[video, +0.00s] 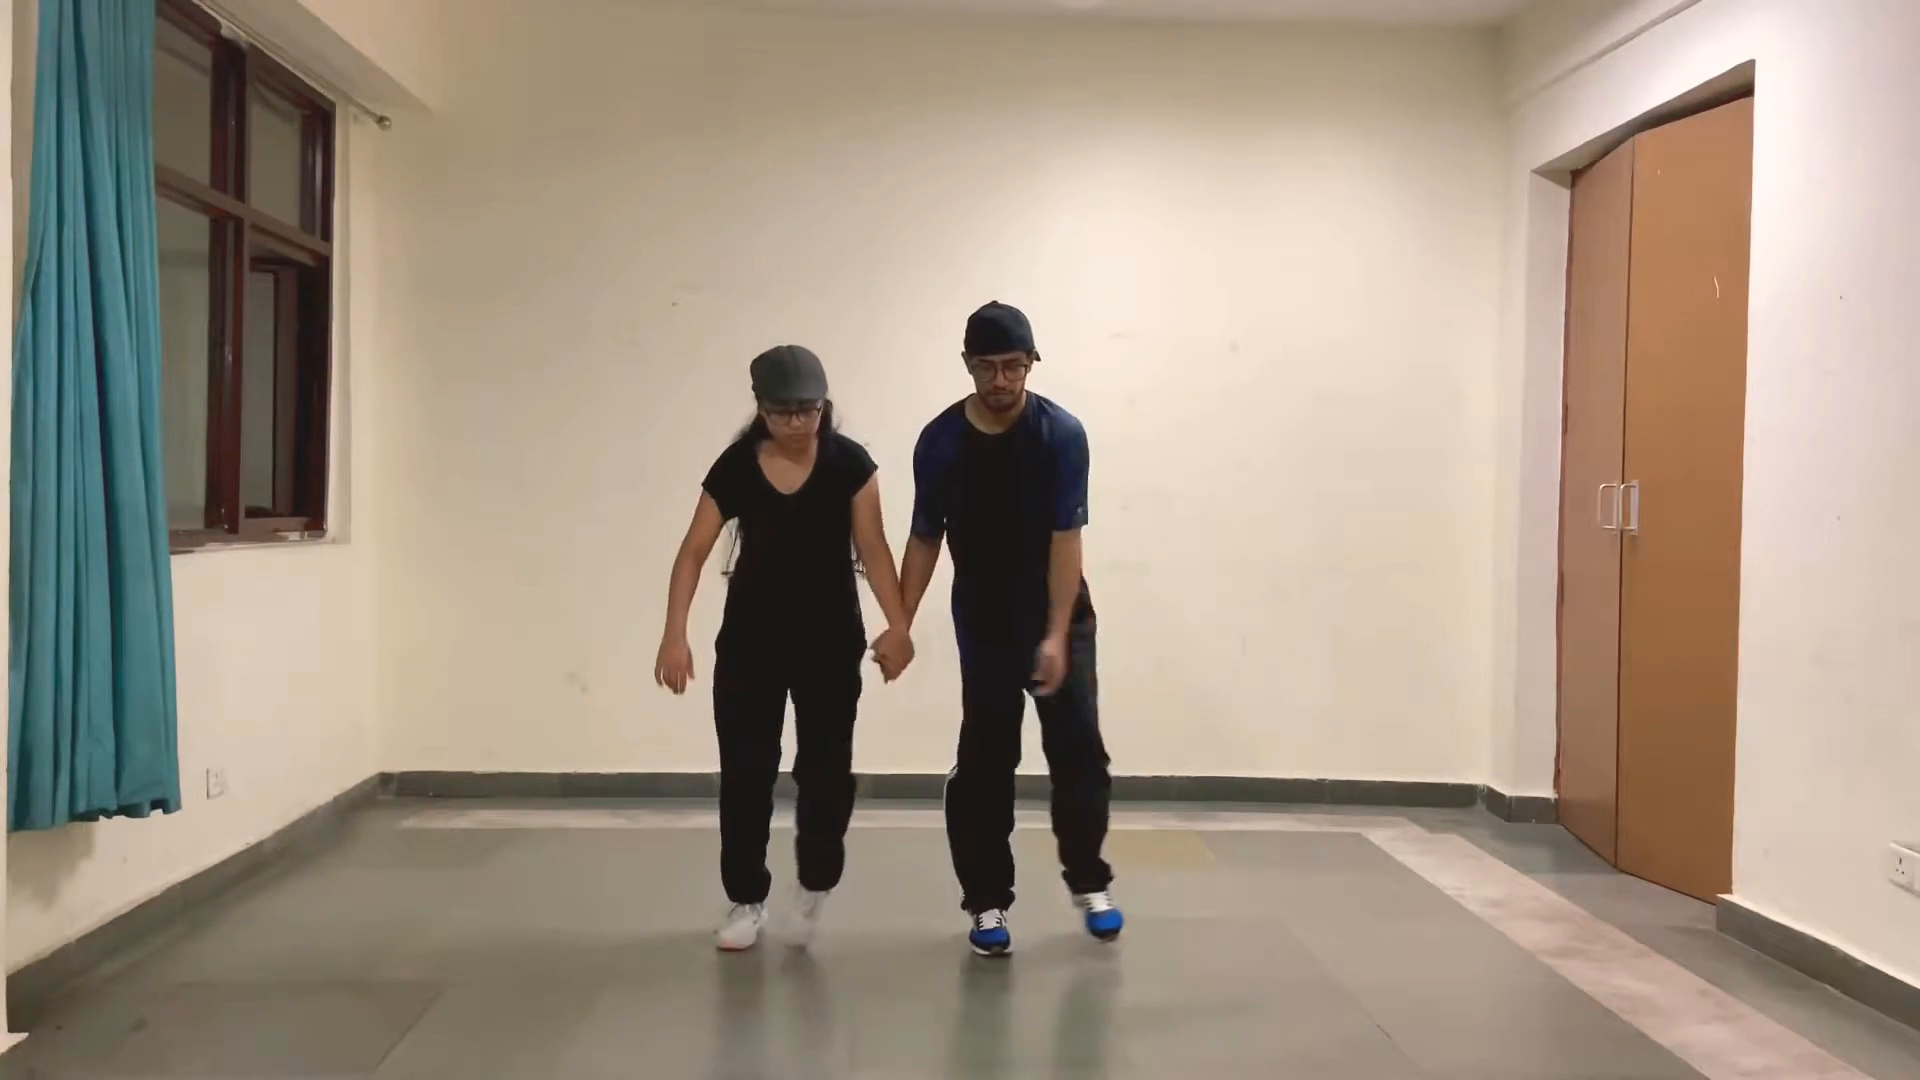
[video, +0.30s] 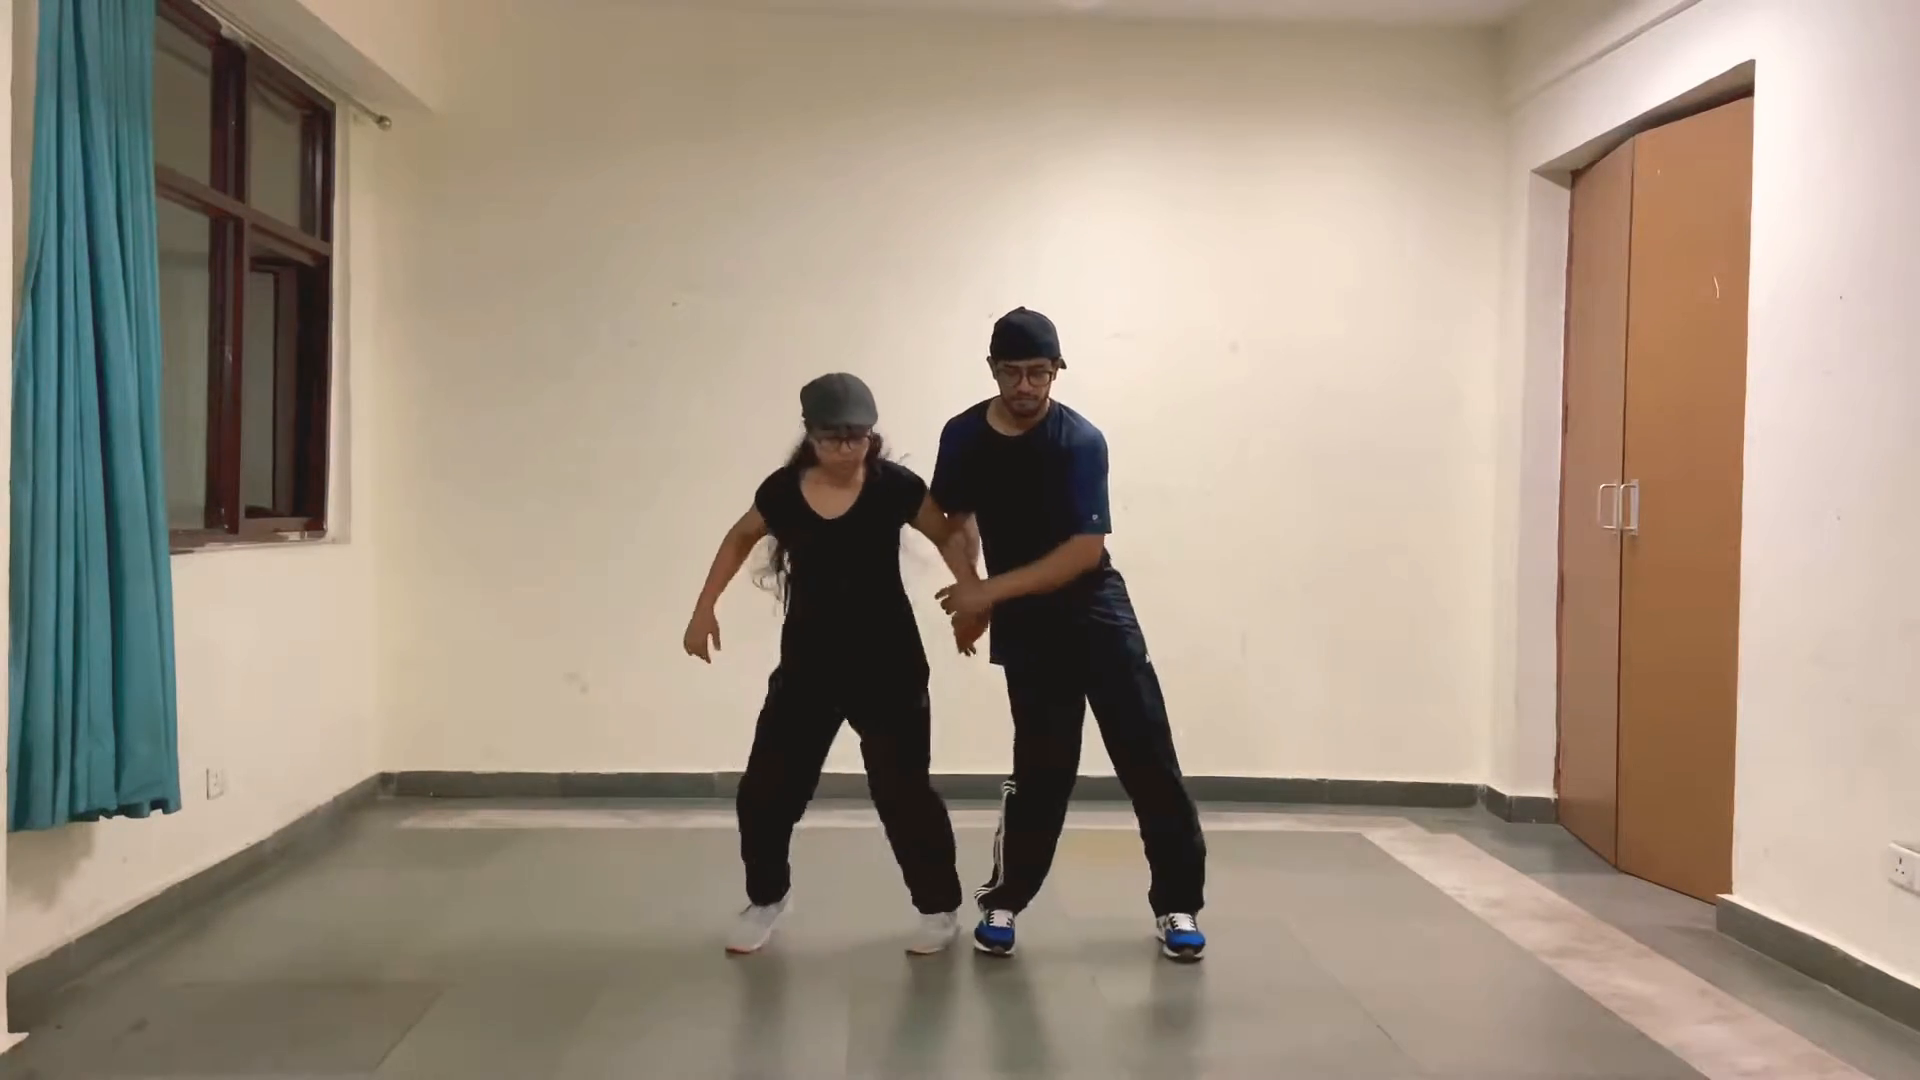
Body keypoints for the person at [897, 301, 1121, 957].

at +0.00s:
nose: (1001, 379)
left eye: (1013, 366)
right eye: (987, 366)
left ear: (1031, 364)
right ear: (969, 368)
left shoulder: (1061, 435)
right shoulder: (940, 442)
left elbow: (1066, 543)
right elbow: (923, 539)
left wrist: (1058, 633)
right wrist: (899, 626)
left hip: (1059, 611)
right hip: (985, 617)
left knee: (1078, 748)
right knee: (987, 756)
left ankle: (1089, 879)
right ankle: (987, 901)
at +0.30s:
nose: (1025, 384)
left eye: (1038, 372)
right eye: (1013, 371)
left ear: (1056, 373)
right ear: (994, 370)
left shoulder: (1080, 441)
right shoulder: (963, 438)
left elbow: (1087, 551)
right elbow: (947, 518)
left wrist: (989, 591)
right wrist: (972, 595)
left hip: (1102, 621)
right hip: (1029, 629)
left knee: (1149, 762)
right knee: (1042, 771)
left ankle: (1179, 905)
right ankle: (1005, 900)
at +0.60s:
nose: (1035, 365)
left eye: (1048, 352)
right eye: (1022, 353)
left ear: (1069, 351)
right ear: (1006, 356)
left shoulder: (1111, 427)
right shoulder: (987, 426)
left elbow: (1159, 511)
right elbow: (958, 513)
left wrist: (1147, 552)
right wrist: (921, 572)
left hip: (1062, 609)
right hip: (988, 603)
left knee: (1039, 761)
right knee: (976, 757)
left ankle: (1090, 896)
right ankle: (984, 899)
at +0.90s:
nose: (1059, 371)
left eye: (1071, 358)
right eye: (1046, 359)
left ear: (1091, 360)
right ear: (1027, 362)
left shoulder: (1126, 436)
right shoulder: (1003, 445)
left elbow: (1161, 532)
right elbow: (1002, 543)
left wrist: (1201, 630)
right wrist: (970, 628)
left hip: (1114, 636)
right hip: (1037, 635)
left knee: (1111, 777)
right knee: (1030, 767)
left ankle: (1089, 900)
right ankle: (1013, 890)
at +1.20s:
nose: (1072, 396)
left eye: (1085, 384)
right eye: (1059, 383)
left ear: (1103, 389)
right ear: (1038, 387)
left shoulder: (1145, 451)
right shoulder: (1022, 475)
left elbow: (1207, 505)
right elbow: (1030, 557)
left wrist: (1256, 582)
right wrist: (980, 609)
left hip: (1167, 660)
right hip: (1092, 673)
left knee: (1189, 805)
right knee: (1162, 809)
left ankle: (1090, 895)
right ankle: (1225, 952)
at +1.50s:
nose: (1099, 377)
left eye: (1111, 366)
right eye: (1085, 364)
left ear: (1123, 372)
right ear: (1059, 364)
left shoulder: (1128, 444)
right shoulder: (1011, 441)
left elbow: (1186, 500)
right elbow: (961, 523)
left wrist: (1211, 520)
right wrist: (909, 591)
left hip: (1110, 625)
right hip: (1043, 624)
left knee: (1126, 765)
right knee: (1107, 744)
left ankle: (1081, 904)